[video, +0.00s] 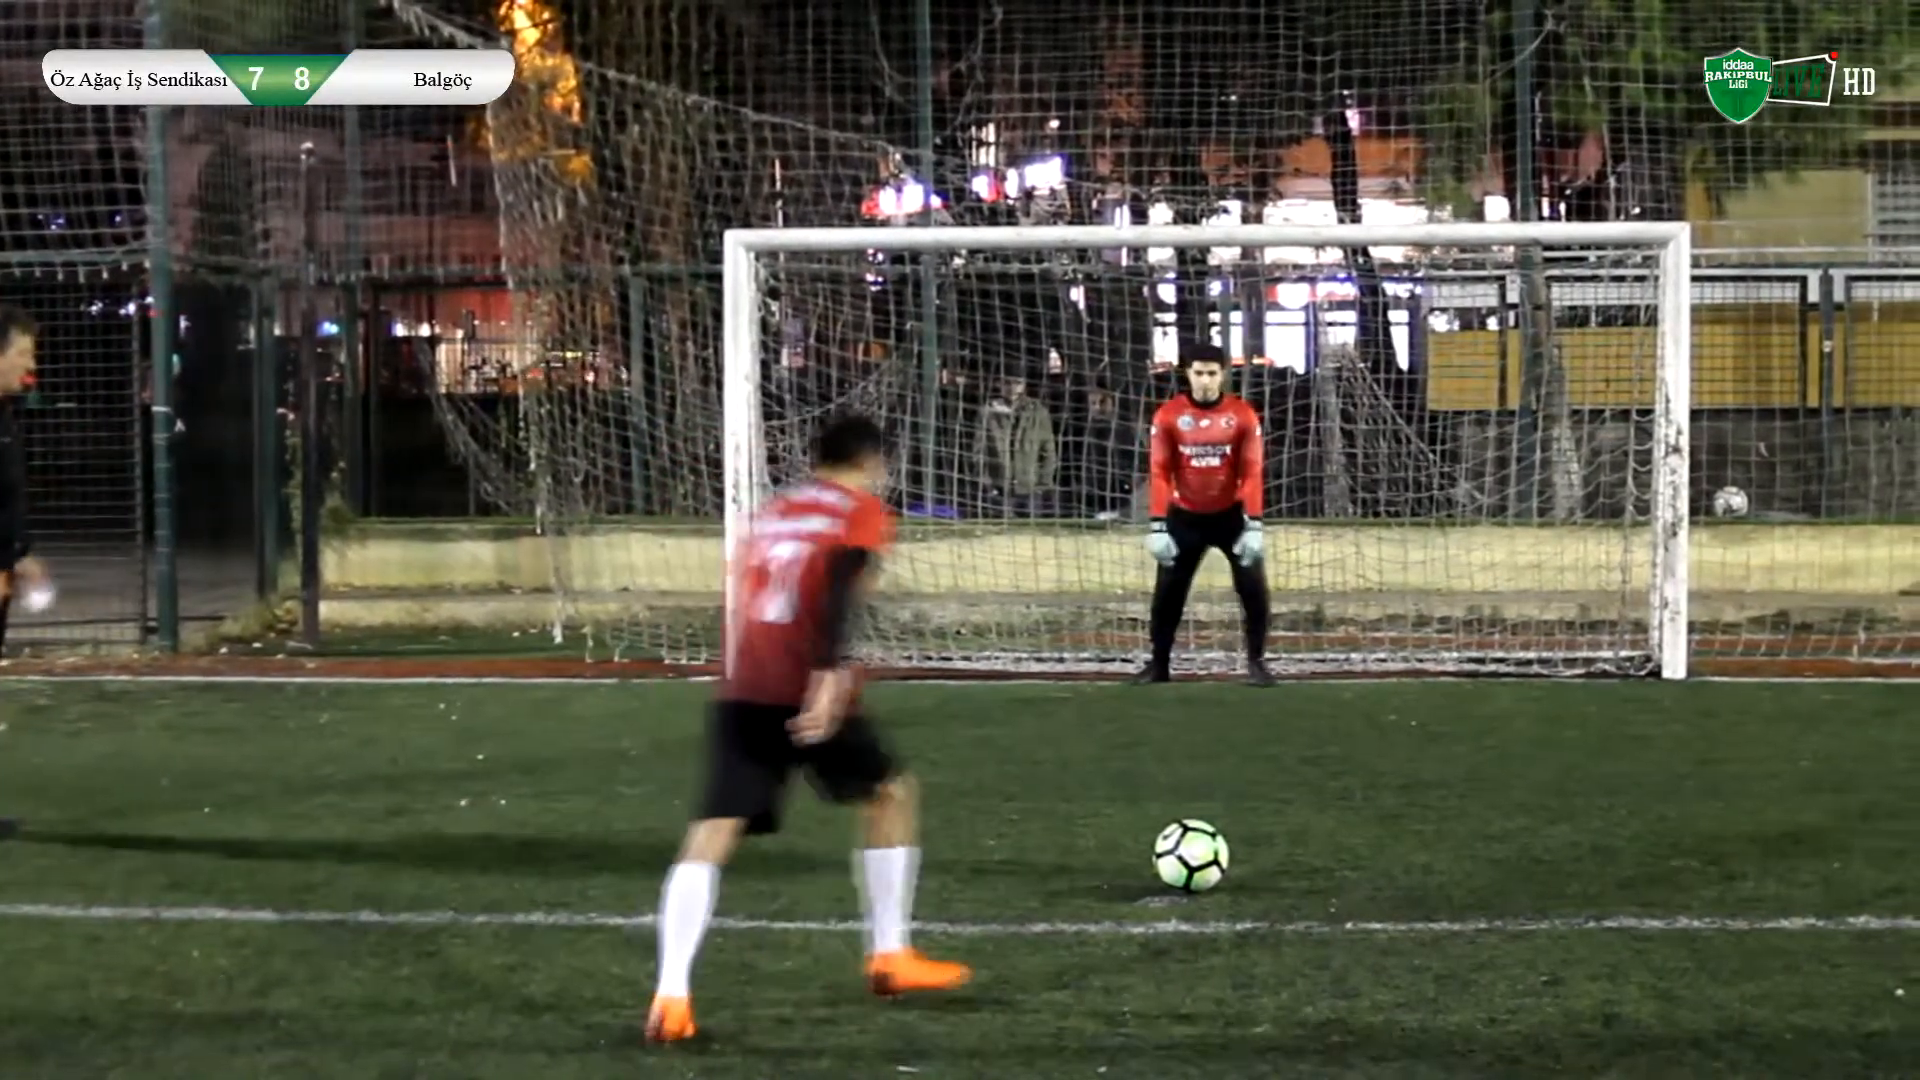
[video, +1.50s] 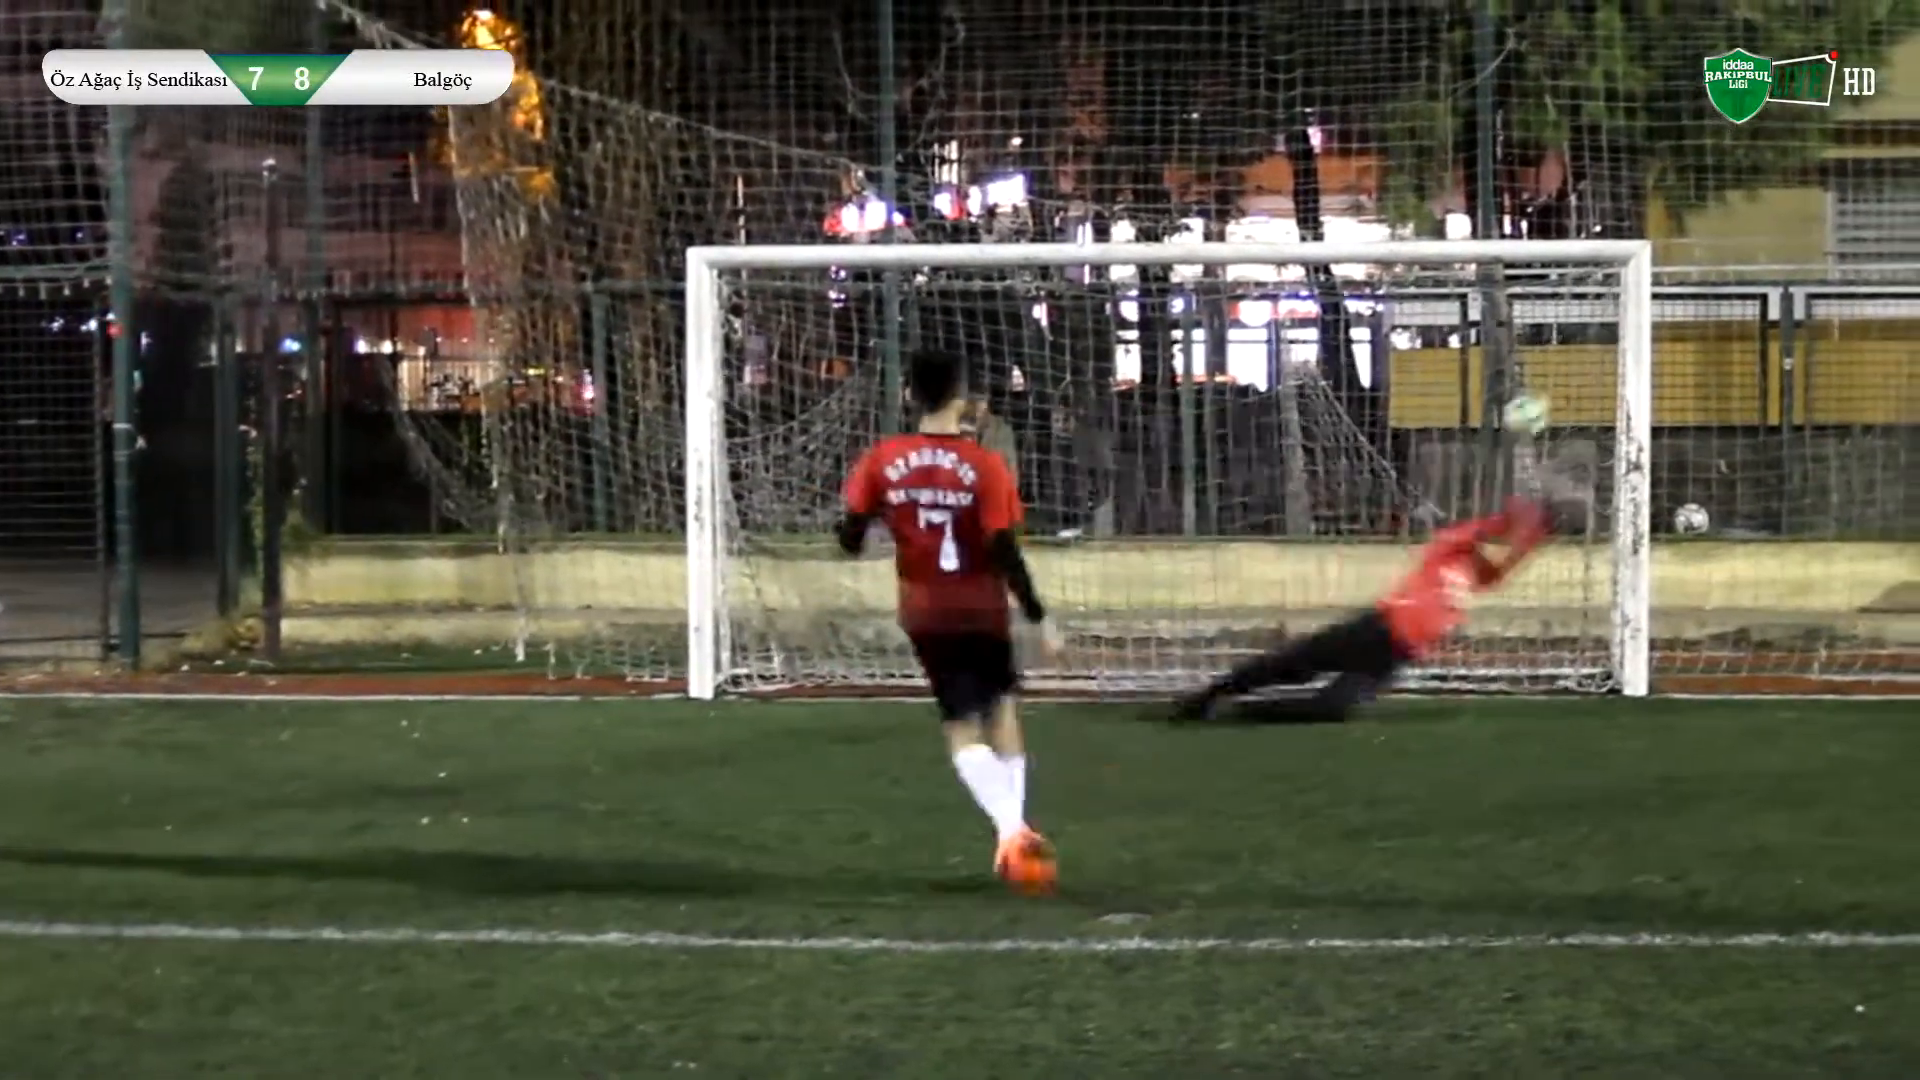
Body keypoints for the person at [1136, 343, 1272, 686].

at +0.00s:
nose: (1205, 381)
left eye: (1212, 374)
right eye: (1198, 374)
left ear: (1223, 375)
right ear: (1187, 375)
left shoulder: (1243, 415)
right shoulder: (1168, 415)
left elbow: (1252, 472)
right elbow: (1158, 472)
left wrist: (1253, 521)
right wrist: (1157, 523)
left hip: (1231, 516)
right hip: (1185, 516)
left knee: (1255, 589)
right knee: (1167, 593)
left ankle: (1256, 660)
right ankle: (1159, 664)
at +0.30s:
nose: (1214, 379)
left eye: (1221, 372)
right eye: (1207, 371)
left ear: (1231, 375)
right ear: (1196, 373)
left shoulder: (1249, 419)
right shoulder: (1175, 414)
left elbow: (1262, 472)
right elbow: (1160, 466)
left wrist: (1269, 517)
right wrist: (1154, 511)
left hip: (1235, 521)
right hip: (1187, 521)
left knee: (1252, 593)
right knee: (1168, 593)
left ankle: (1258, 664)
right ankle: (1158, 664)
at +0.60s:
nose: (1212, 402)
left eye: (1219, 395)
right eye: (1206, 395)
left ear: (1229, 398)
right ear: (1196, 398)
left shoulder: (1252, 431)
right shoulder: (1181, 430)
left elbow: (1279, 477)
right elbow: (1150, 472)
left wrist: (1309, 513)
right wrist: (1115, 509)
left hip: (1242, 533)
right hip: (1195, 531)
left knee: (1258, 598)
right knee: (1162, 591)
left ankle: (1248, 656)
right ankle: (1135, 661)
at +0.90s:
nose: (1217, 488)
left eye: (1224, 479)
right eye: (1210, 480)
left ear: (1237, 482)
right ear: (1199, 484)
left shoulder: (1255, 512)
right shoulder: (1188, 512)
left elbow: (1283, 539)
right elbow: (1157, 543)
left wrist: (1300, 564)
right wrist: (1123, 566)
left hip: (1247, 585)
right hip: (1201, 581)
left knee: (1278, 608)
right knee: (1154, 620)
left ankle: (1248, 680)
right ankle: (1104, 681)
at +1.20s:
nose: (1336, 508)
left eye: (1344, 502)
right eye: (1329, 498)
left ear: (1352, 508)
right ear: (1311, 499)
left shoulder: (1353, 542)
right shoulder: (1282, 529)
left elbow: (1382, 572)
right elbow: (1234, 560)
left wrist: (1397, 575)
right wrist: (1283, 552)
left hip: (1294, 623)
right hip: (1254, 614)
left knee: (1321, 664)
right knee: (1197, 648)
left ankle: (1250, 690)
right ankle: (1124, 674)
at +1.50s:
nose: (1491, 555)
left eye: (1492, 552)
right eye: (1488, 546)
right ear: (1481, 538)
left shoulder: (1473, 578)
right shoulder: (1449, 552)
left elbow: (1501, 572)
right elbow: (1466, 534)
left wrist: (1527, 543)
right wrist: (1508, 521)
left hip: (1390, 657)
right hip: (1373, 630)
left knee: (1332, 704)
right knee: (1291, 664)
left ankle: (1245, 713)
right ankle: (1210, 696)